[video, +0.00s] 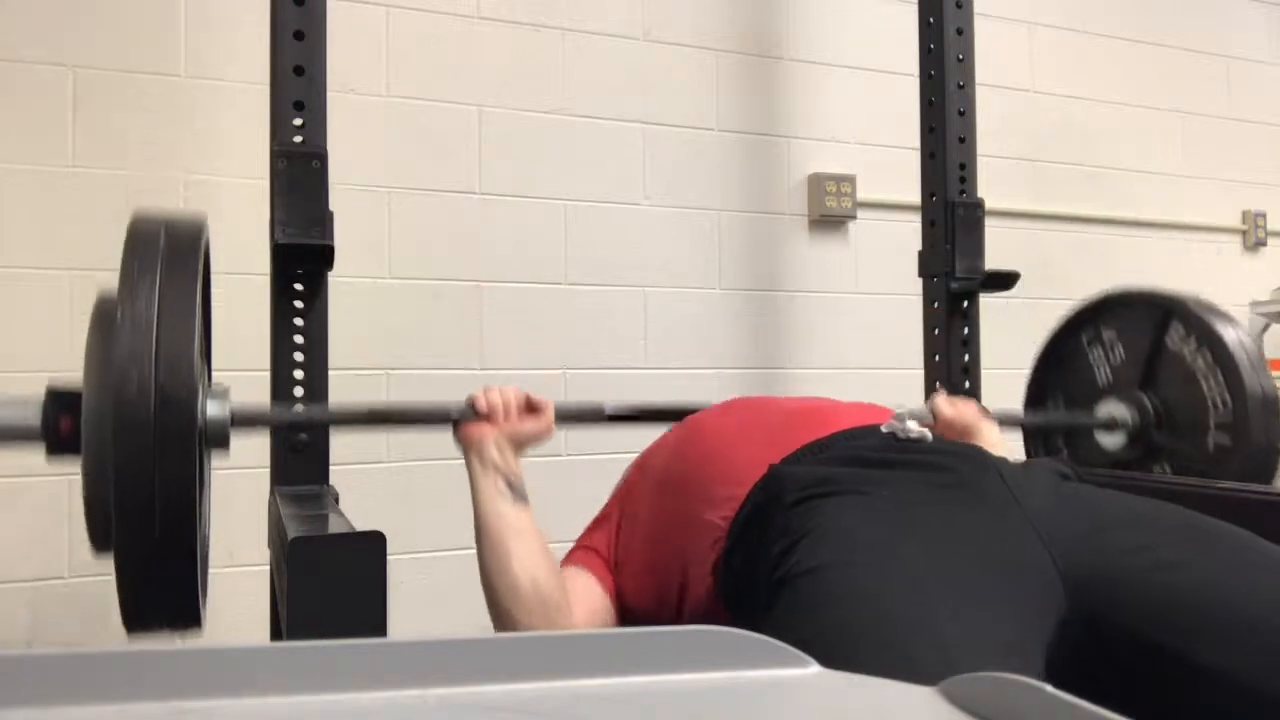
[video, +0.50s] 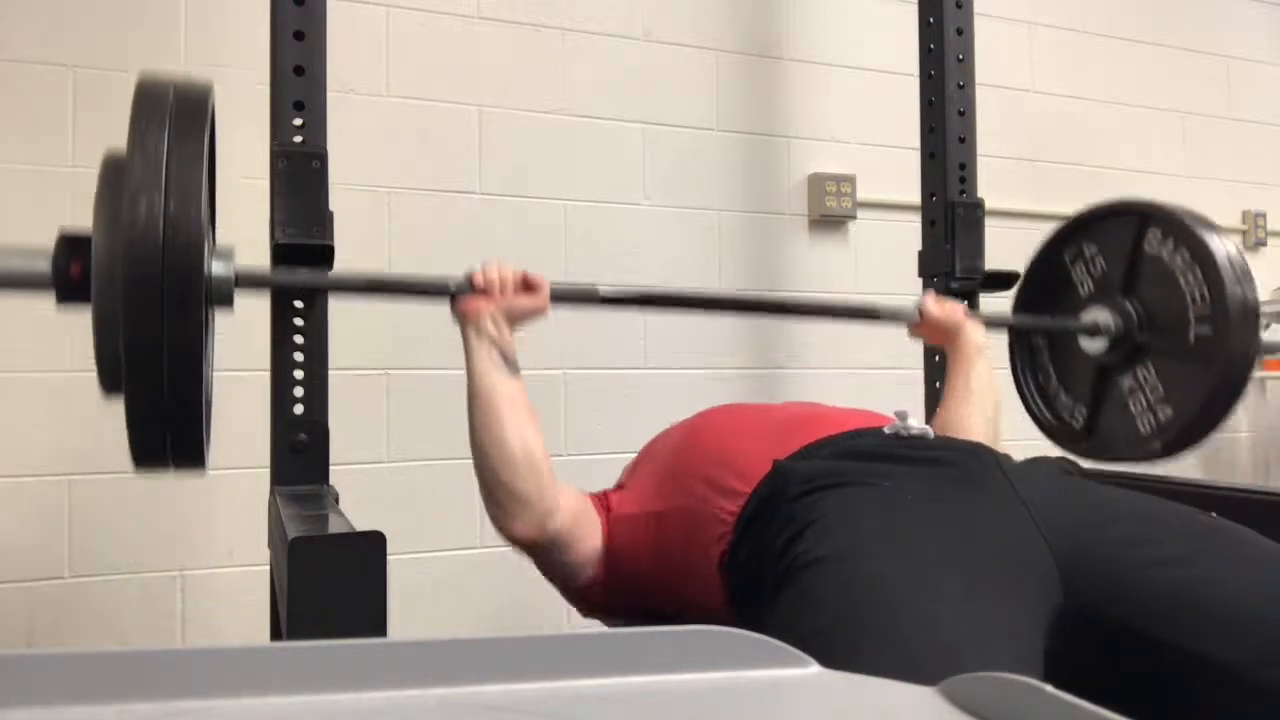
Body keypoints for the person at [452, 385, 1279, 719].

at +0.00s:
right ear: (652, 476)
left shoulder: (867, 421)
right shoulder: (622, 533)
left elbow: (1026, 521)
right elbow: (546, 628)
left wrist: (984, 446)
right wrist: (493, 473)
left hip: (1028, 487)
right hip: (855, 504)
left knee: (1277, 608)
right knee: (942, 689)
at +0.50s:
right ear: (646, 485)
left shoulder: (869, 440)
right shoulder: (618, 543)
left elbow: (965, 466)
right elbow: (528, 508)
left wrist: (970, 347)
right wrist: (488, 343)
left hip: (1045, 486)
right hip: (857, 508)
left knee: (1276, 623)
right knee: (934, 697)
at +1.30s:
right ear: (647, 481)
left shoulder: (865, 422)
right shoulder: (625, 531)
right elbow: (551, 629)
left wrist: (986, 451)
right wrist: (499, 483)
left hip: (1035, 487)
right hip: (858, 504)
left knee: (1273, 608)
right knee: (932, 686)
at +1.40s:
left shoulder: (849, 425)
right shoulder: (613, 544)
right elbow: (555, 635)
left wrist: (986, 457)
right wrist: (498, 499)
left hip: (1035, 487)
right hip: (856, 506)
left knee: (1274, 607)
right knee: (929, 700)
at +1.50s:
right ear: (645, 488)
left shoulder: (870, 422)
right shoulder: (626, 529)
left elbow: (1032, 523)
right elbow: (559, 625)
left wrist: (996, 446)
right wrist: (501, 477)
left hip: (1043, 487)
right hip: (862, 499)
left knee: (1276, 610)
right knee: (939, 690)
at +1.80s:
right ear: (643, 492)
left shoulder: (863, 439)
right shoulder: (617, 544)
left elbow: (965, 464)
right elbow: (516, 505)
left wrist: (966, 339)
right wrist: (485, 342)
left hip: (1043, 482)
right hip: (857, 505)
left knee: (1273, 620)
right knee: (934, 673)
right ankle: (977, 703)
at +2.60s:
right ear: (647, 485)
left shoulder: (866, 423)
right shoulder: (623, 533)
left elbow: (1033, 508)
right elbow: (550, 632)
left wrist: (983, 445)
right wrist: (496, 485)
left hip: (1038, 486)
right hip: (861, 503)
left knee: (1275, 603)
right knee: (929, 695)